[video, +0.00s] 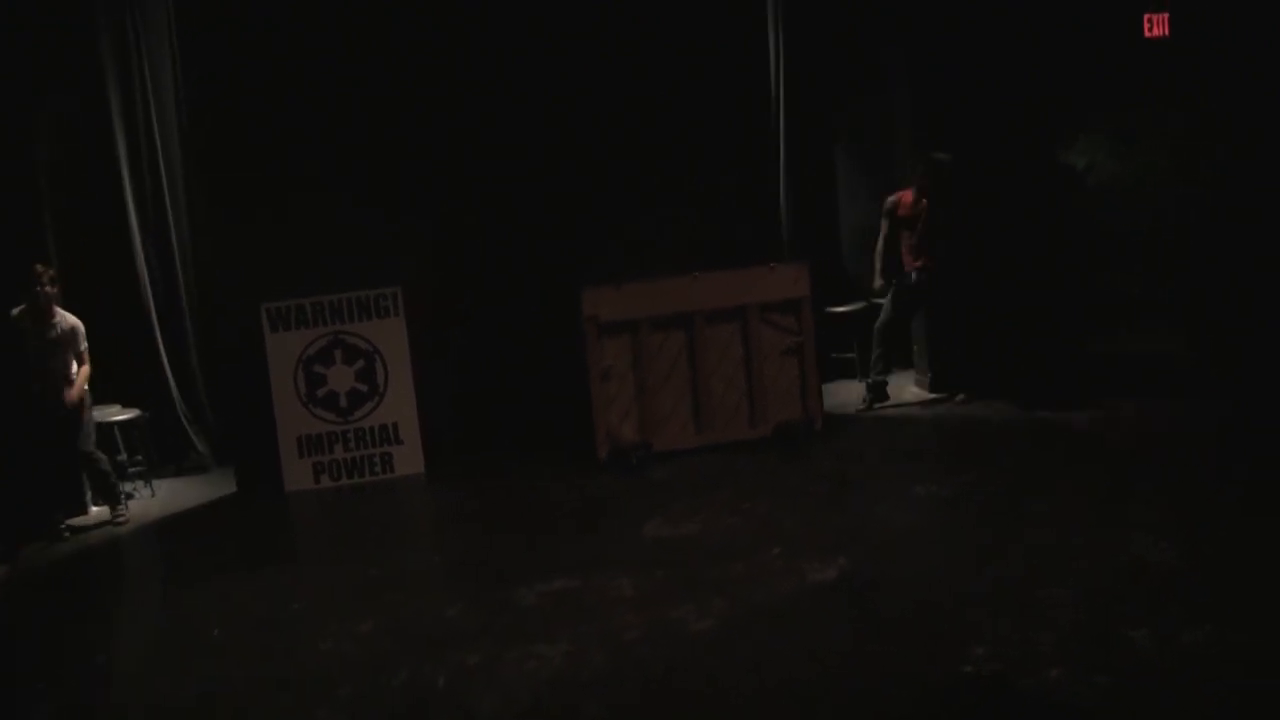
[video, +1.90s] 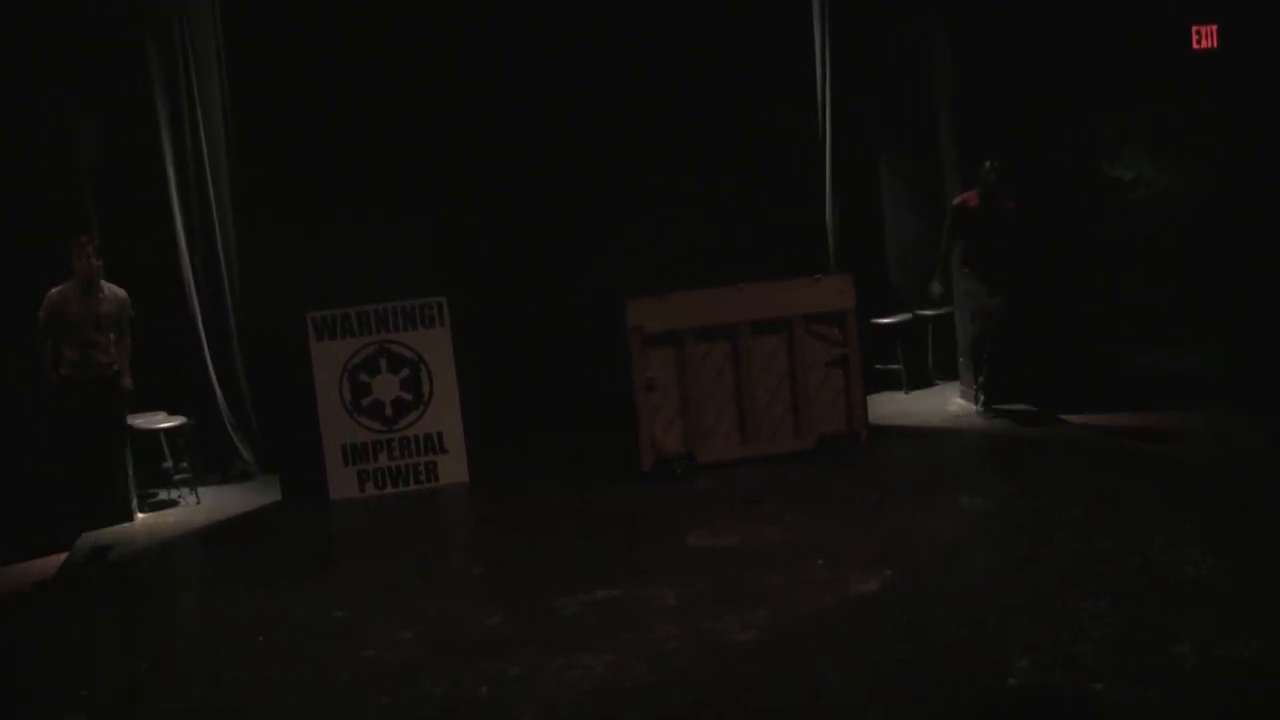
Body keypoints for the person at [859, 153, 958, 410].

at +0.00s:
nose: (925, 184)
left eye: (931, 180)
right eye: (923, 179)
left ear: (937, 181)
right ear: (917, 177)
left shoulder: (941, 205)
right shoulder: (896, 203)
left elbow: (948, 241)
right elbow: (884, 241)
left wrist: (946, 270)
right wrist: (879, 275)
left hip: (937, 277)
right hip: (906, 277)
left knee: (942, 329)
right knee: (884, 327)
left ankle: (947, 381)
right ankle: (876, 388)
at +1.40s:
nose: (948, 194)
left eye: (952, 189)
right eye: (945, 188)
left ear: (960, 191)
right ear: (938, 189)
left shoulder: (968, 216)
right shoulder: (920, 216)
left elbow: (978, 250)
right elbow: (906, 251)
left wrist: (971, 279)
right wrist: (915, 277)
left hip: (959, 288)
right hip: (931, 287)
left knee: (963, 345)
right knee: (917, 347)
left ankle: (971, 404)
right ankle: (906, 405)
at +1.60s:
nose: (959, 194)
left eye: (963, 189)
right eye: (956, 189)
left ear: (969, 192)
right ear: (950, 192)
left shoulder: (980, 220)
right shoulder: (939, 220)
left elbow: (1005, 257)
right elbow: (929, 251)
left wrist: (981, 269)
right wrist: (947, 258)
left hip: (972, 292)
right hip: (944, 289)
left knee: (969, 351)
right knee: (930, 349)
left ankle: (980, 401)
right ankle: (917, 404)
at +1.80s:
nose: (987, 191)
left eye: (990, 186)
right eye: (984, 186)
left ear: (994, 190)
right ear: (976, 188)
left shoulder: (998, 215)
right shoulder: (959, 214)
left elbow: (1002, 255)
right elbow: (947, 252)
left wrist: (997, 286)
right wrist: (958, 285)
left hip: (990, 288)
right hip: (965, 288)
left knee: (986, 342)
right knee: (962, 339)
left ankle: (982, 394)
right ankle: (941, 381)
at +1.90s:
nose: (991, 183)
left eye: (995, 178)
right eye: (988, 177)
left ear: (1000, 180)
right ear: (980, 178)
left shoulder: (1007, 205)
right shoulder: (963, 205)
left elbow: (1013, 243)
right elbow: (948, 244)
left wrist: (1015, 272)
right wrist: (941, 277)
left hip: (1000, 274)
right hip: (970, 276)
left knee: (996, 331)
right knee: (974, 330)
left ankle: (991, 386)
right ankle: (976, 384)